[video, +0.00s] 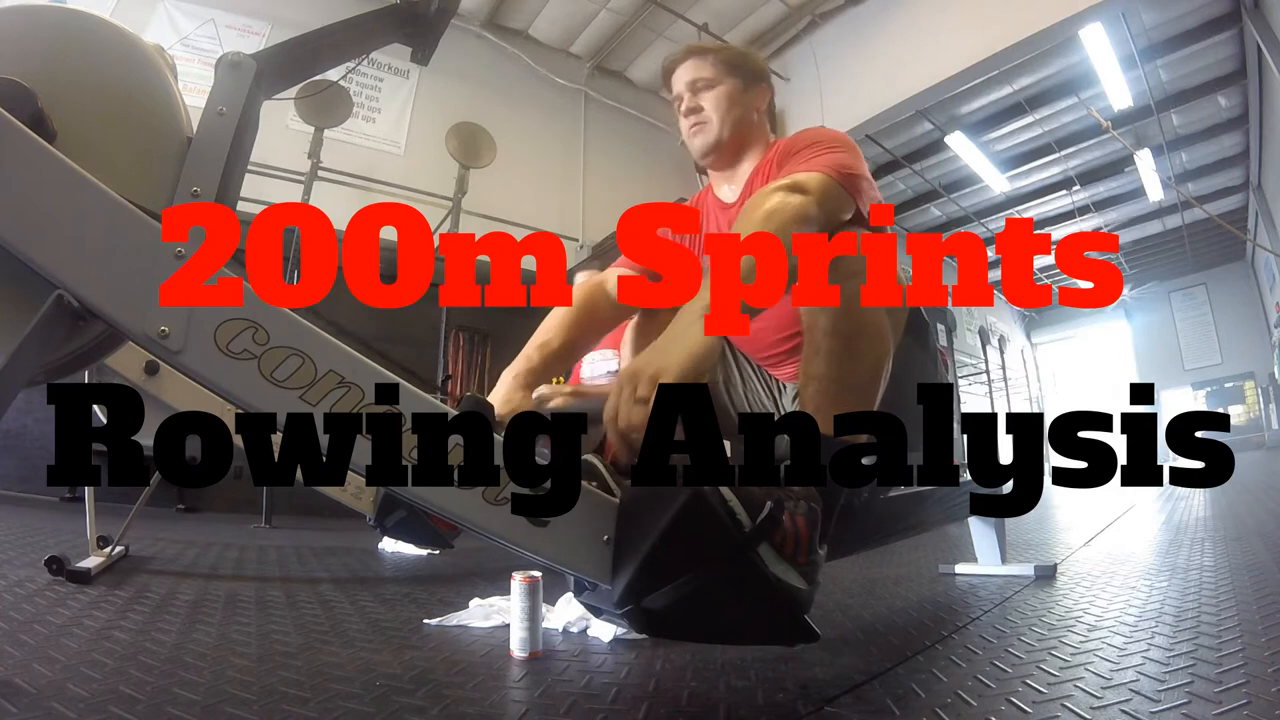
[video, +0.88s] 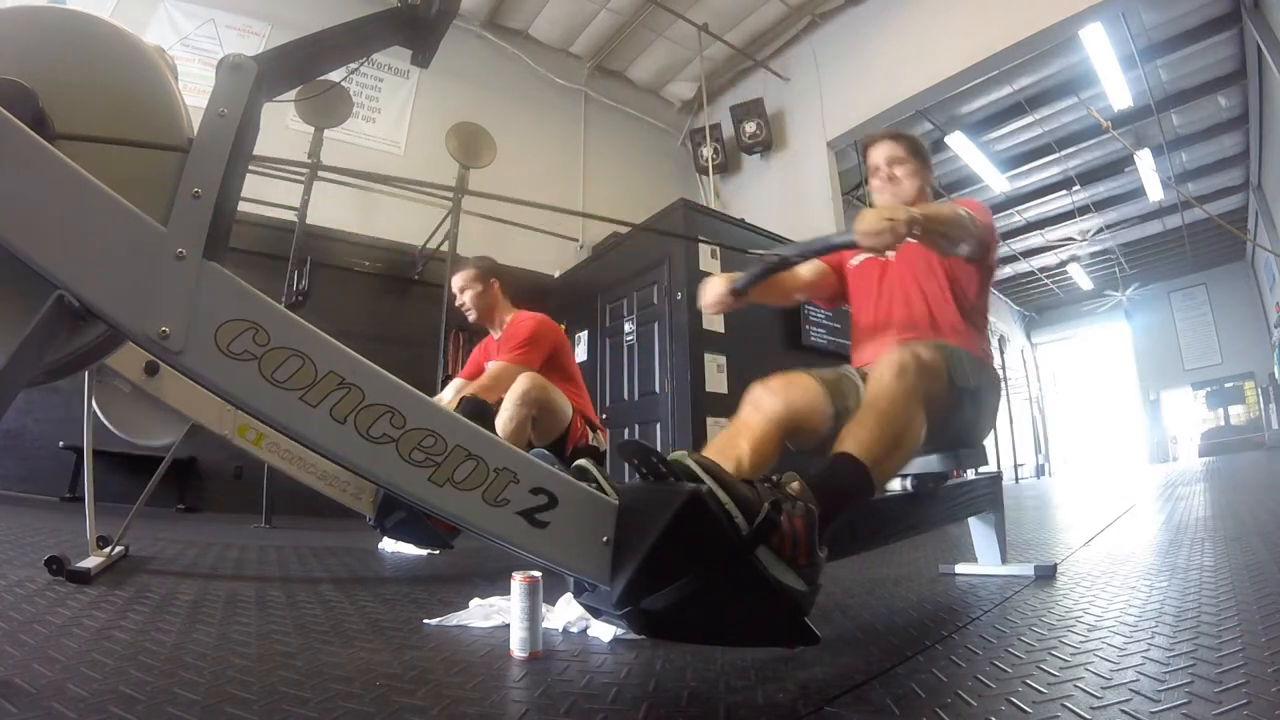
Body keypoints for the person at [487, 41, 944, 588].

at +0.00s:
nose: (685, 107)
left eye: (702, 87)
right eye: (677, 104)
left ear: (762, 96)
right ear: (679, 133)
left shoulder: (818, 148)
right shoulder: (691, 214)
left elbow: (788, 220)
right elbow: (606, 287)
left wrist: (669, 351)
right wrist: (516, 377)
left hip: (831, 391)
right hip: (737, 393)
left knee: (848, 264)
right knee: (655, 304)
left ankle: (806, 500)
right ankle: (641, 489)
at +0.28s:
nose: (739, 105)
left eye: (756, 90)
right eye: (730, 101)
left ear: (803, 105)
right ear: (727, 126)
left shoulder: (858, 158)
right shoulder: (721, 218)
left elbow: (828, 217)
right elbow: (648, 280)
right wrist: (568, 346)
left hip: (850, 382)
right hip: (764, 384)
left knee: (840, 238)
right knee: (654, 308)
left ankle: (809, 493)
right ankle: (672, 498)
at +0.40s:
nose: (769, 111)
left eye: (785, 96)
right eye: (759, 108)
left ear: (828, 107)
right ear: (755, 132)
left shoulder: (884, 159)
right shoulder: (754, 213)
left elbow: (865, 199)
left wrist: (771, 216)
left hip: (892, 374)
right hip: (794, 380)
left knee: (854, 262)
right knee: (683, 332)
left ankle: (810, 499)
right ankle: (680, 506)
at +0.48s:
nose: (798, 122)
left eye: (813, 108)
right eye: (789, 119)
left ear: (856, 118)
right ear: (784, 140)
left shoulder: (904, 164)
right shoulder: (789, 217)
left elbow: (884, 191)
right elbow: (728, 279)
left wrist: (808, 189)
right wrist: (730, 215)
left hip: (901, 370)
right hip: (811, 371)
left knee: (870, 275)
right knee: (700, 337)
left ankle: (823, 468)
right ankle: (685, 481)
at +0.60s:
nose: (819, 131)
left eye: (834, 118)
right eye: (810, 128)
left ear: (873, 129)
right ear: (805, 148)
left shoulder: (917, 173)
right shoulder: (801, 225)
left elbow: (901, 201)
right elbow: (726, 267)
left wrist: (828, 198)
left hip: (932, 386)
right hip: (831, 384)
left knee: (875, 300)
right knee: (715, 348)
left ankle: (812, 506)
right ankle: (677, 510)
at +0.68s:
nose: (839, 142)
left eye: (853, 130)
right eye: (830, 138)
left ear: (888, 141)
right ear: (825, 157)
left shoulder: (931, 182)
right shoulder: (815, 234)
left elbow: (917, 204)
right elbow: (743, 267)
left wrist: (852, 202)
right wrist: (668, 286)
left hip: (940, 374)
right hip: (841, 377)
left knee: (880, 313)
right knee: (730, 357)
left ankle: (816, 505)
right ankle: (683, 492)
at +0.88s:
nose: (883, 176)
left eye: (897, 165)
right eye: (873, 171)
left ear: (927, 173)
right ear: (867, 188)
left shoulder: (965, 215)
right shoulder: (855, 253)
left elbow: (961, 229)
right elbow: (798, 280)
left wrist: (910, 220)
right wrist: (740, 288)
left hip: (958, 381)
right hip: (868, 383)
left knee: (903, 362)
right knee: (768, 395)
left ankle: (809, 511)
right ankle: (683, 497)